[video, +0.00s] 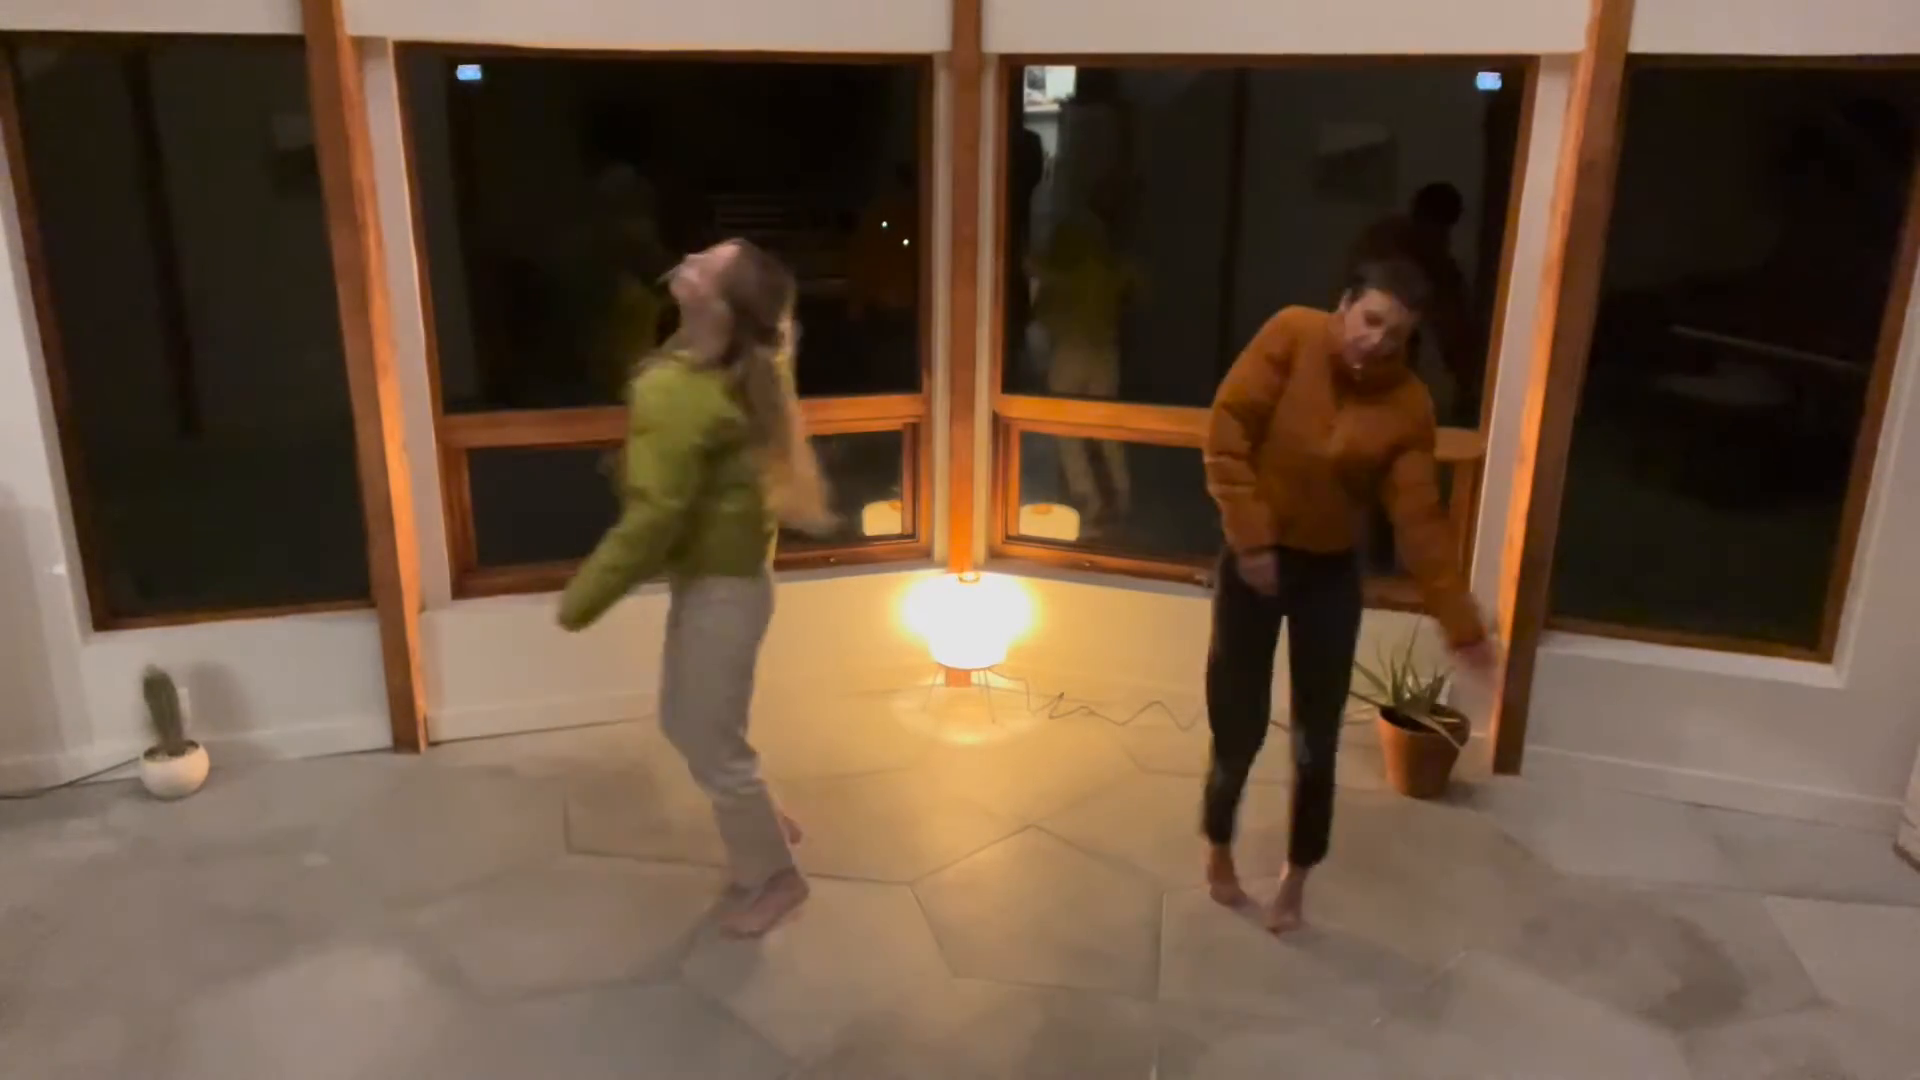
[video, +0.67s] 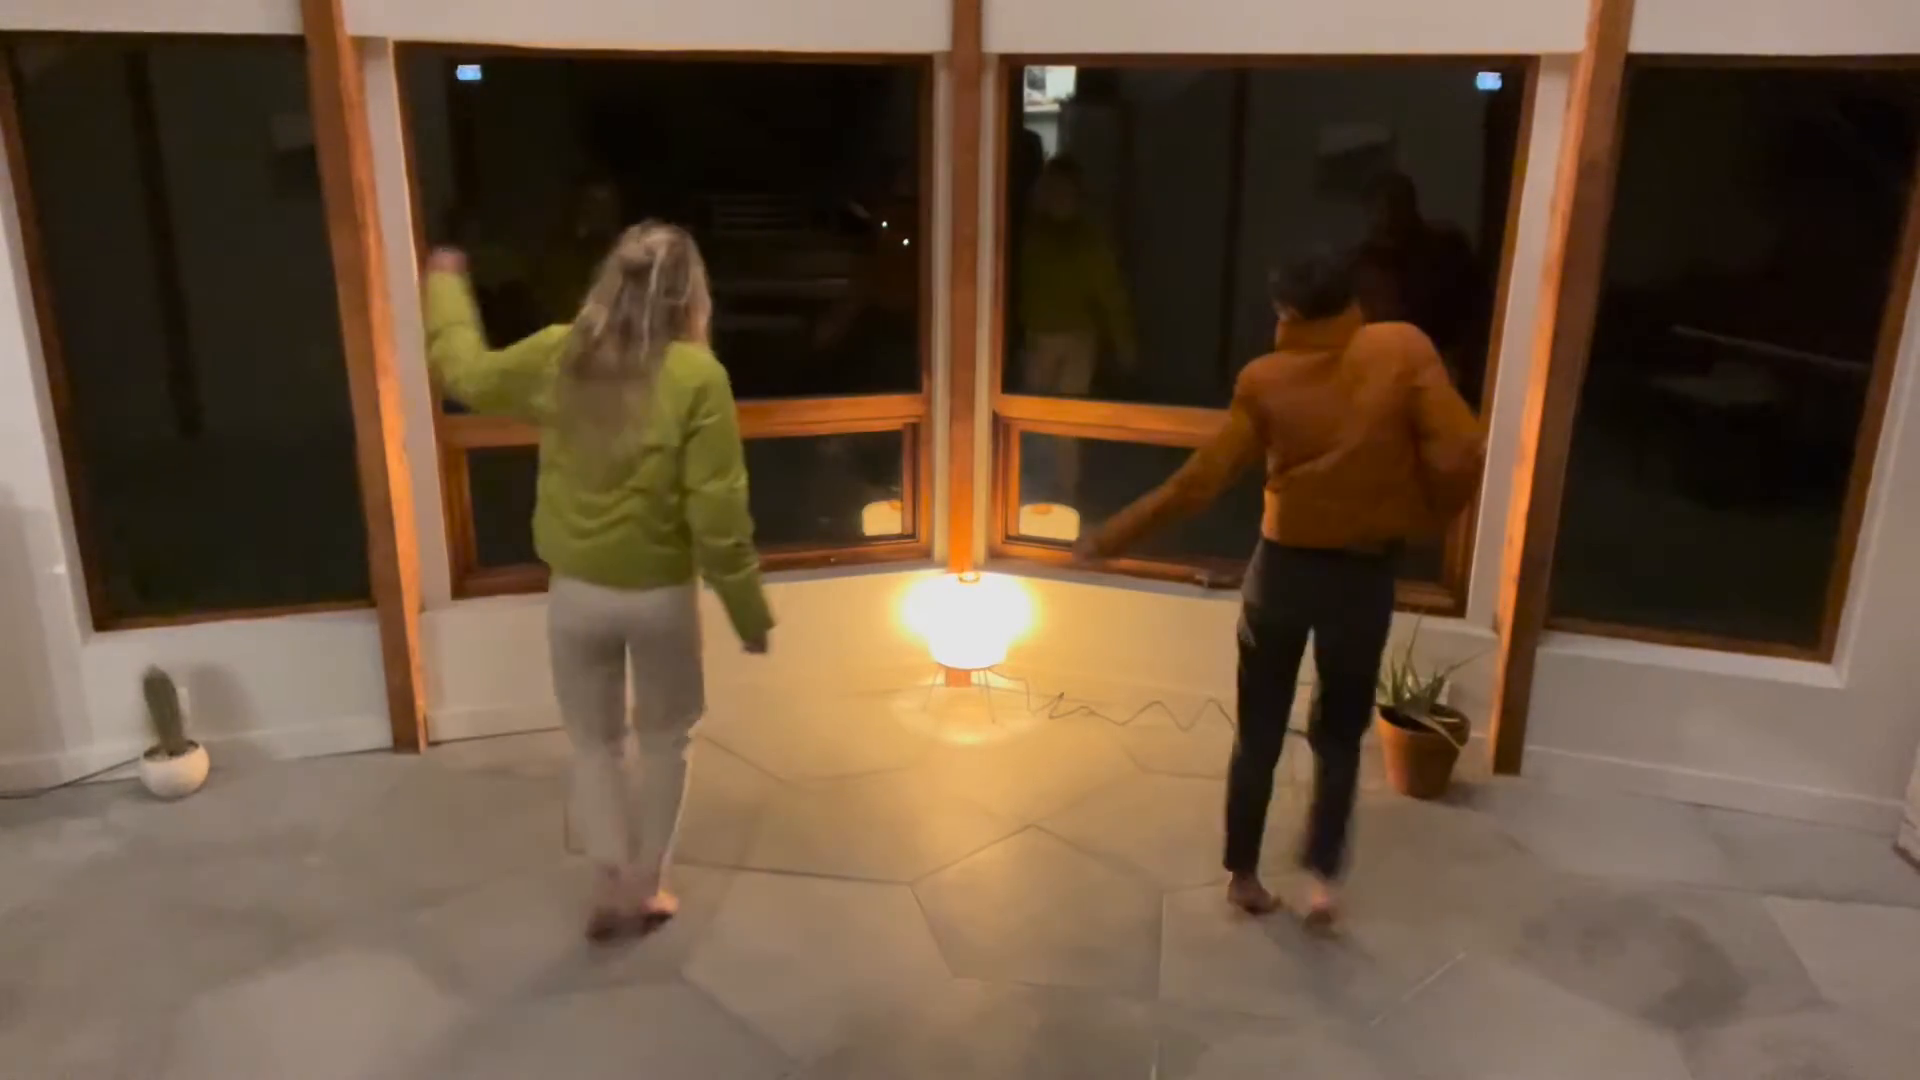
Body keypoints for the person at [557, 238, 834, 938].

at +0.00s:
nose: (688, 262)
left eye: (704, 266)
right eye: (703, 255)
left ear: (721, 308)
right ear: (719, 309)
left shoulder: (683, 391)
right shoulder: (706, 372)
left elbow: (656, 513)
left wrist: (582, 599)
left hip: (726, 587)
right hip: (711, 582)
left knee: (711, 736)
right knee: (684, 720)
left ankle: (770, 877)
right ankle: (762, 821)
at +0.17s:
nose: (643, 270)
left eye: (653, 270)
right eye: (653, 261)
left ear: (663, 301)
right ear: (712, 306)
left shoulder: (622, 381)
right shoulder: (738, 358)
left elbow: (591, 506)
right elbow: (797, 436)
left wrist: (522, 600)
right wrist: (855, 456)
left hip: (685, 602)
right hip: (730, 589)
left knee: (645, 752)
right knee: (701, 735)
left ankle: (730, 873)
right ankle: (747, 867)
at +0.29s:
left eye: (616, 287)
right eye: (700, 295)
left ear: (622, 297)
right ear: (697, 301)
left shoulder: (594, 372)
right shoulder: (727, 364)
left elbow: (548, 488)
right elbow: (784, 467)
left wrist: (451, 558)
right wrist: (854, 526)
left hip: (648, 608)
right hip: (716, 597)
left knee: (632, 766)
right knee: (687, 742)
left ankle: (651, 921)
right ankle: (721, 879)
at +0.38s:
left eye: (611, 282)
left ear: (614, 291)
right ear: (691, 292)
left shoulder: (585, 369)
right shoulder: (727, 367)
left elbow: (530, 480)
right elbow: (776, 485)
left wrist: (418, 507)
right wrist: (845, 551)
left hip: (635, 606)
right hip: (708, 602)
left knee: (625, 762)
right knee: (679, 743)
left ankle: (654, 916)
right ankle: (694, 892)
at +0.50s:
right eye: (689, 283)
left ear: (606, 287)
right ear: (688, 293)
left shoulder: (570, 366)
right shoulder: (718, 372)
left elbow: (484, 441)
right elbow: (754, 501)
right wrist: (802, 590)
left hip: (606, 606)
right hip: (688, 606)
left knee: (596, 750)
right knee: (685, 749)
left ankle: (618, 899)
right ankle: (693, 887)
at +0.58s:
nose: (702, 303)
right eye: (697, 290)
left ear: (606, 286)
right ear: (688, 297)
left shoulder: (556, 360)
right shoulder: (705, 374)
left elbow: (456, 397)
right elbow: (733, 510)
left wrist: (410, 309)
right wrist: (771, 606)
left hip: (584, 603)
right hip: (670, 605)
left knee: (602, 756)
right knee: (673, 733)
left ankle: (621, 900)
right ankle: (665, 879)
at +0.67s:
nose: (706, 306)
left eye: (704, 294)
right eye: (701, 294)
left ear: (612, 287)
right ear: (685, 298)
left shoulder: (560, 353)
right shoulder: (697, 374)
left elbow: (467, 375)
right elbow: (716, 512)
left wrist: (446, 285)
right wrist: (750, 615)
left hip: (576, 598)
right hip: (661, 601)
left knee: (592, 745)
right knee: (665, 736)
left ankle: (611, 889)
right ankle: (645, 885)